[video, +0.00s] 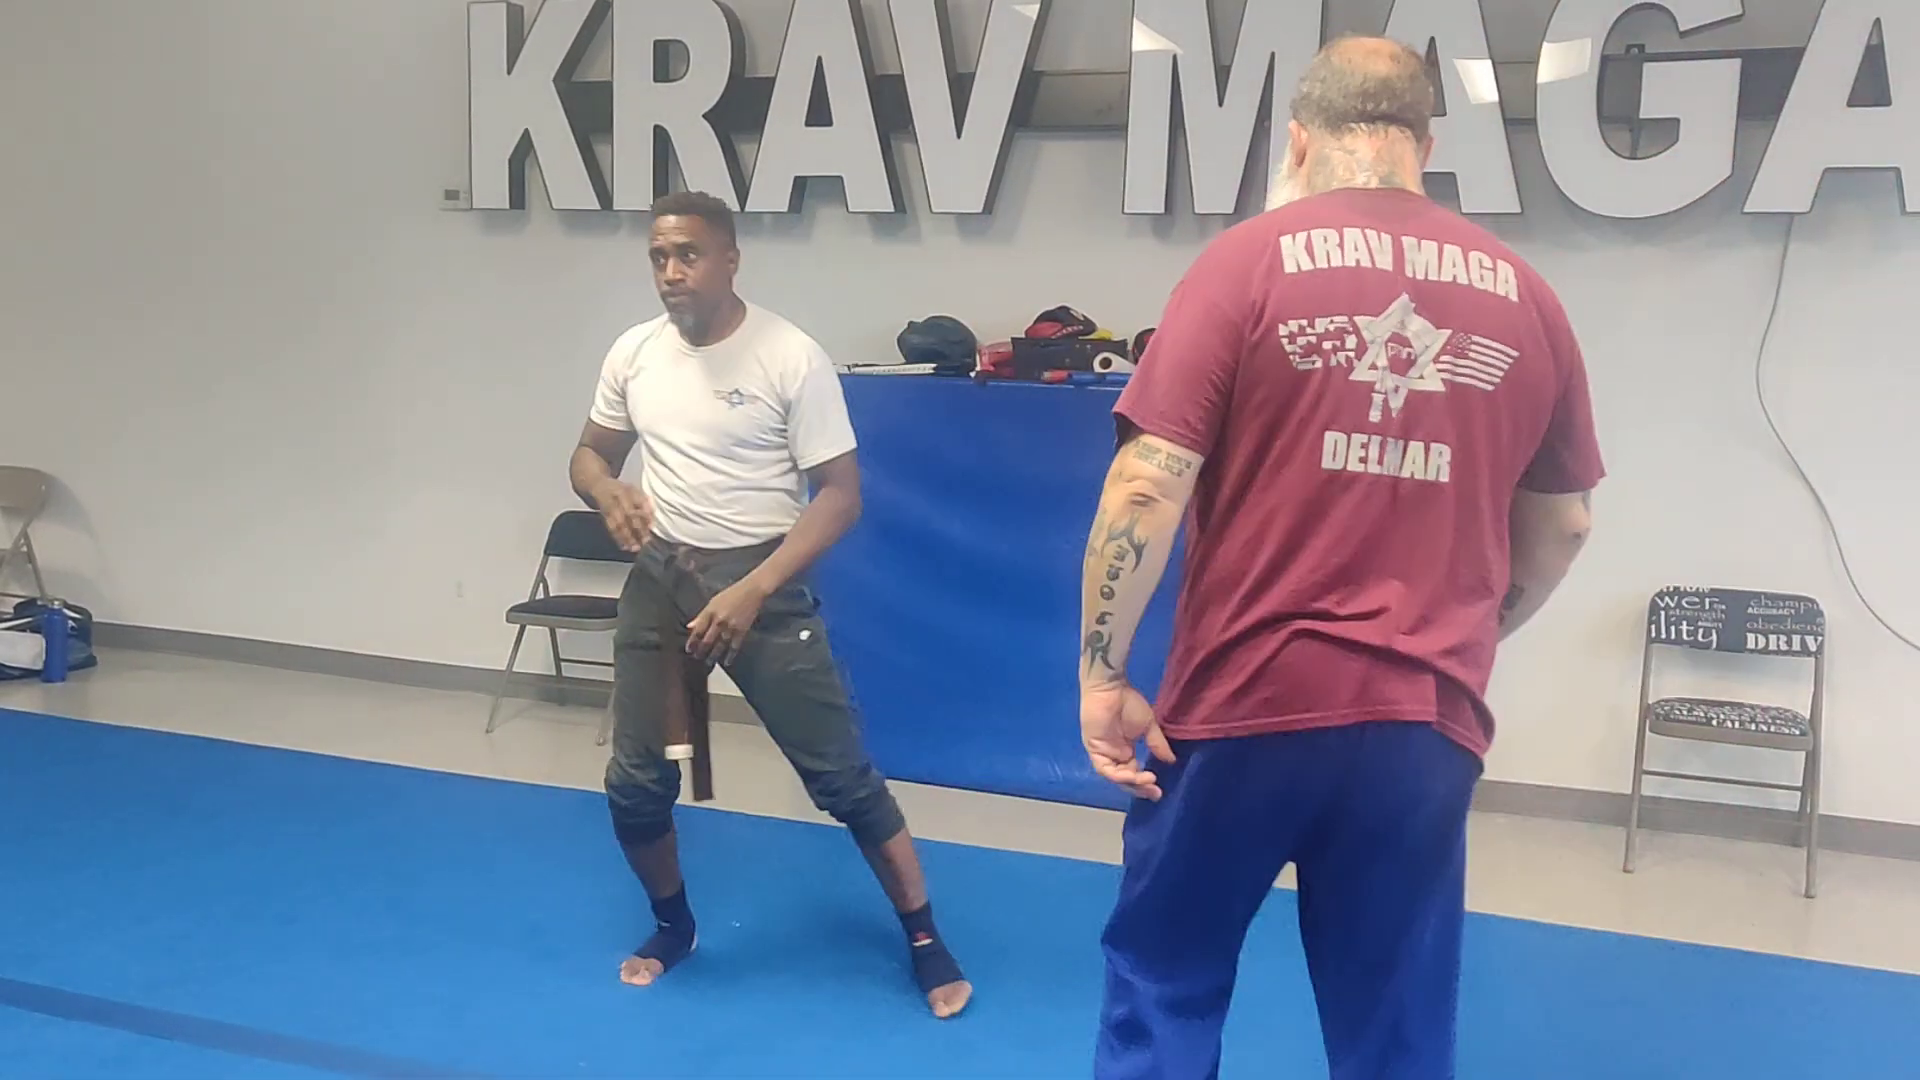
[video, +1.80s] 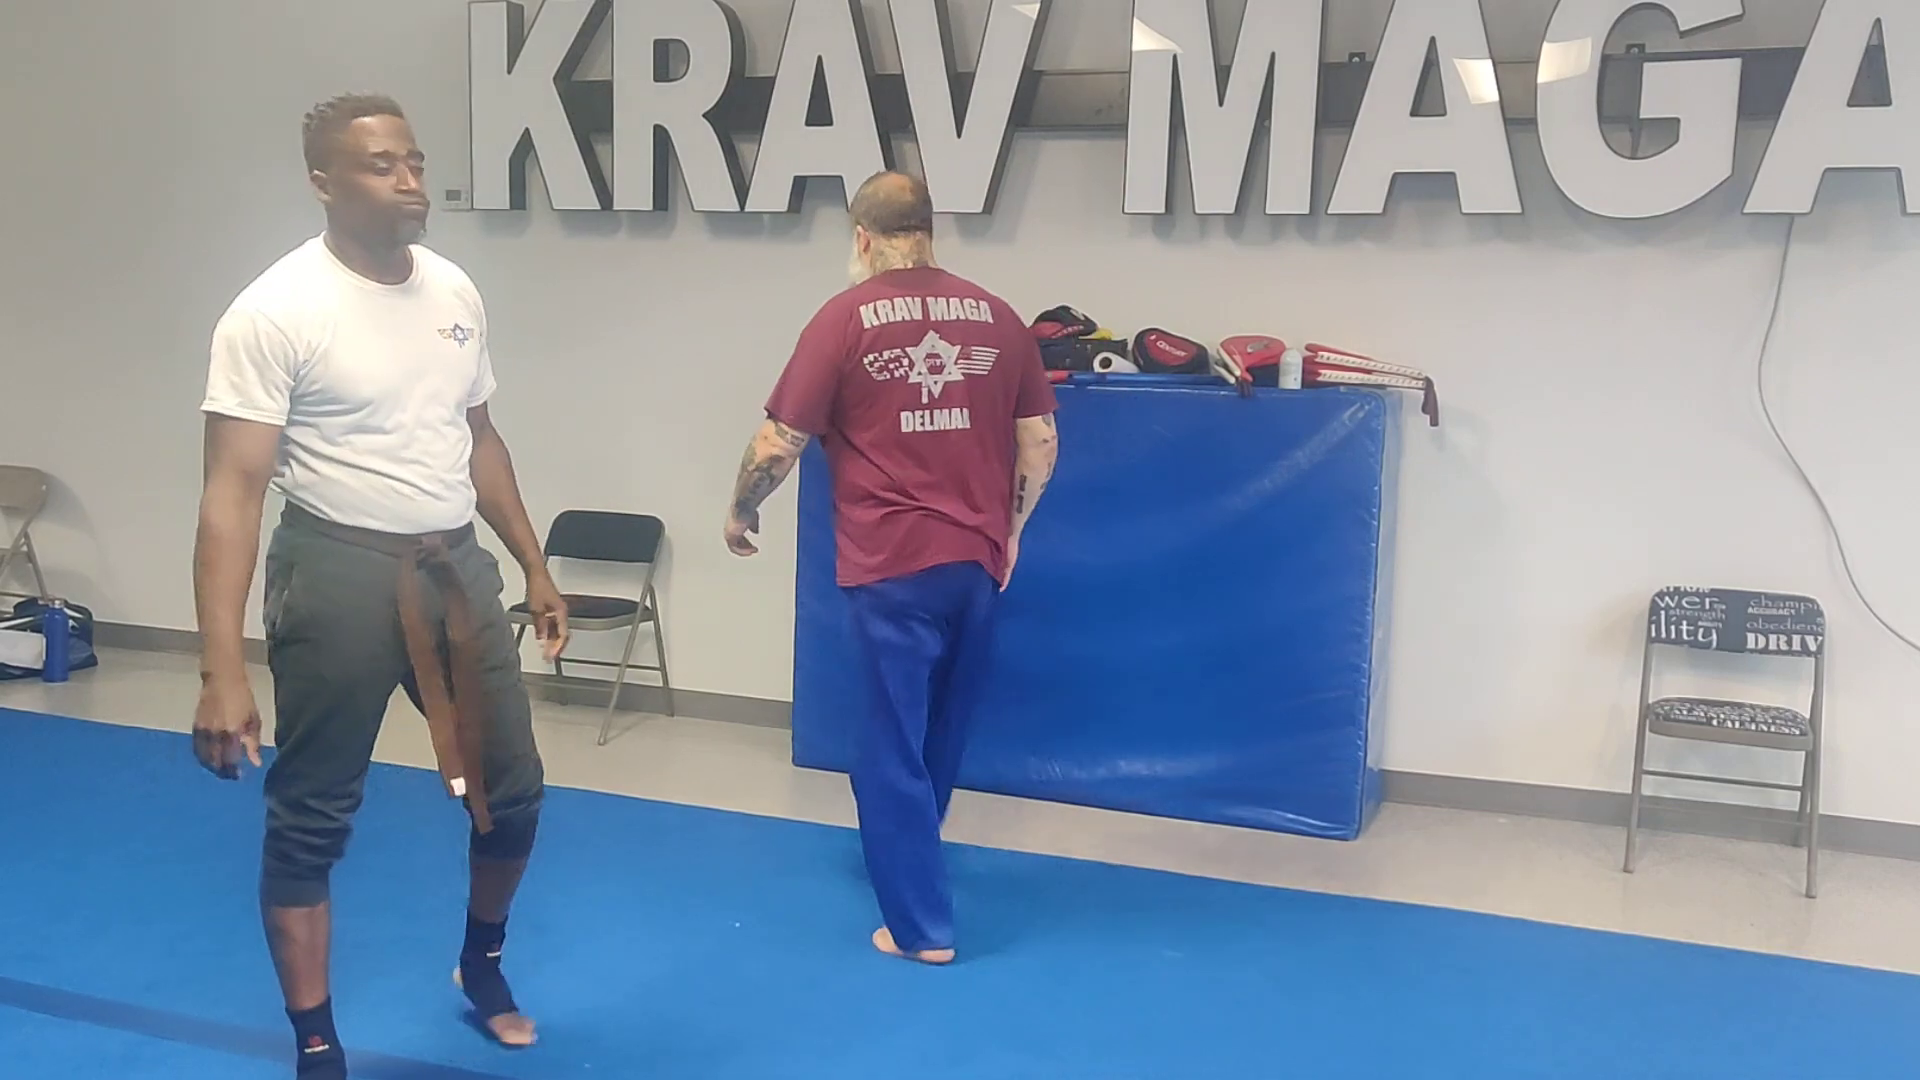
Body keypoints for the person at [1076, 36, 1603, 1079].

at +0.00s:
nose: (1286, 171)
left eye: (1285, 153)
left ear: (1300, 144)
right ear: (1425, 149)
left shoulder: (1250, 257)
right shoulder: (1525, 291)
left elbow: (1152, 479)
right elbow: (1558, 527)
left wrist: (1103, 670)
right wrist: (1470, 626)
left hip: (1249, 702)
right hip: (1426, 718)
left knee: (1163, 988)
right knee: (1397, 1020)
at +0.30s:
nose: (1169, 216)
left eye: (1169, 202)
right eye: (1174, 203)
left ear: (1181, 194)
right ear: (1288, 191)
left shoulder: (1144, 314)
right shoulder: (1390, 302)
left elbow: (1086, 518)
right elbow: (1448, 506)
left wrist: (1059, 683)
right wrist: (1376, 607)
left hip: (1198, 692)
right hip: (1354, 686)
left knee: (1162, 981)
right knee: (1347, 986)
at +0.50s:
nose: (1100, 204)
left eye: (1100, 191)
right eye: (1107, 190)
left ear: (1111, 187)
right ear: (1207, 176)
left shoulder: (1081, 304)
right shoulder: (1319, 283)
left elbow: (1013, 507)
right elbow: (1386, 462)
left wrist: (996, 628)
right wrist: (1343, 582)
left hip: (1146, 645)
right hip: (1290, 642)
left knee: (1130, 902)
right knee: (1280, 872)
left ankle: (1146, 1068)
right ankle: (1303, 1065)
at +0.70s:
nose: (1068, 223)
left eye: (1069, 209)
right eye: (1070, 210)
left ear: (1081, 203)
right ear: (1171, 200)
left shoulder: (1053, 303)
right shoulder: (1272, 295)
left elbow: (968, 492)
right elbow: (1330, 463)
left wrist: (947, 571)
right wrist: (1289, 582)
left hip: (1117, 625)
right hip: (1243, 623)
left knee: (1106, 862)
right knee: (1190, 844)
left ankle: (1127, 1062)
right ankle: (1163, 1027)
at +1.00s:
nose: (1043, 230)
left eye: (1044, 217)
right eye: (1049, 218)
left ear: (1060, 212)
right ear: (1139, 215)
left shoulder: (1031, 293)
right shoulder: (1210, 312)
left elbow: (963, 446)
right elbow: (1243, 466)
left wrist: (924, 572)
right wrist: (1181, 554)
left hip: (1045, 594)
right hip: (1158, 600)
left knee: (994, 774)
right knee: (1116, 805)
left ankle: (1052, 963)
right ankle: (1106, 1004)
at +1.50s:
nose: (897, 239)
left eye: (897, 228)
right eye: (901, 227)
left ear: (909, 229)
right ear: (980, 222)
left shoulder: (896, 318)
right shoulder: (1057, 303)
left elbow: (849, 461)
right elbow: (1105, 436)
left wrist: (828, 563)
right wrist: (1076, 521)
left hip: (936, 568)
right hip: (1039, 563)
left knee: (922, 756)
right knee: (1048, 744)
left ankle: (932, 933)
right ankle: (1065, 875)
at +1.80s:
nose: (852, 249)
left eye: (852, 237)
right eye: (857, 237)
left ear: (864, 237)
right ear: (929, 232)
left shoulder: (846, 319)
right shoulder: (998, 316)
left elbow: (778, 446)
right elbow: (1039, 441)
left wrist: (740, 509)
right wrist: (1010, 525)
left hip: (891, 561)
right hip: (980, 557)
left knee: (890, 743)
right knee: (939, 725)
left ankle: (923, 931)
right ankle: (906, 855)